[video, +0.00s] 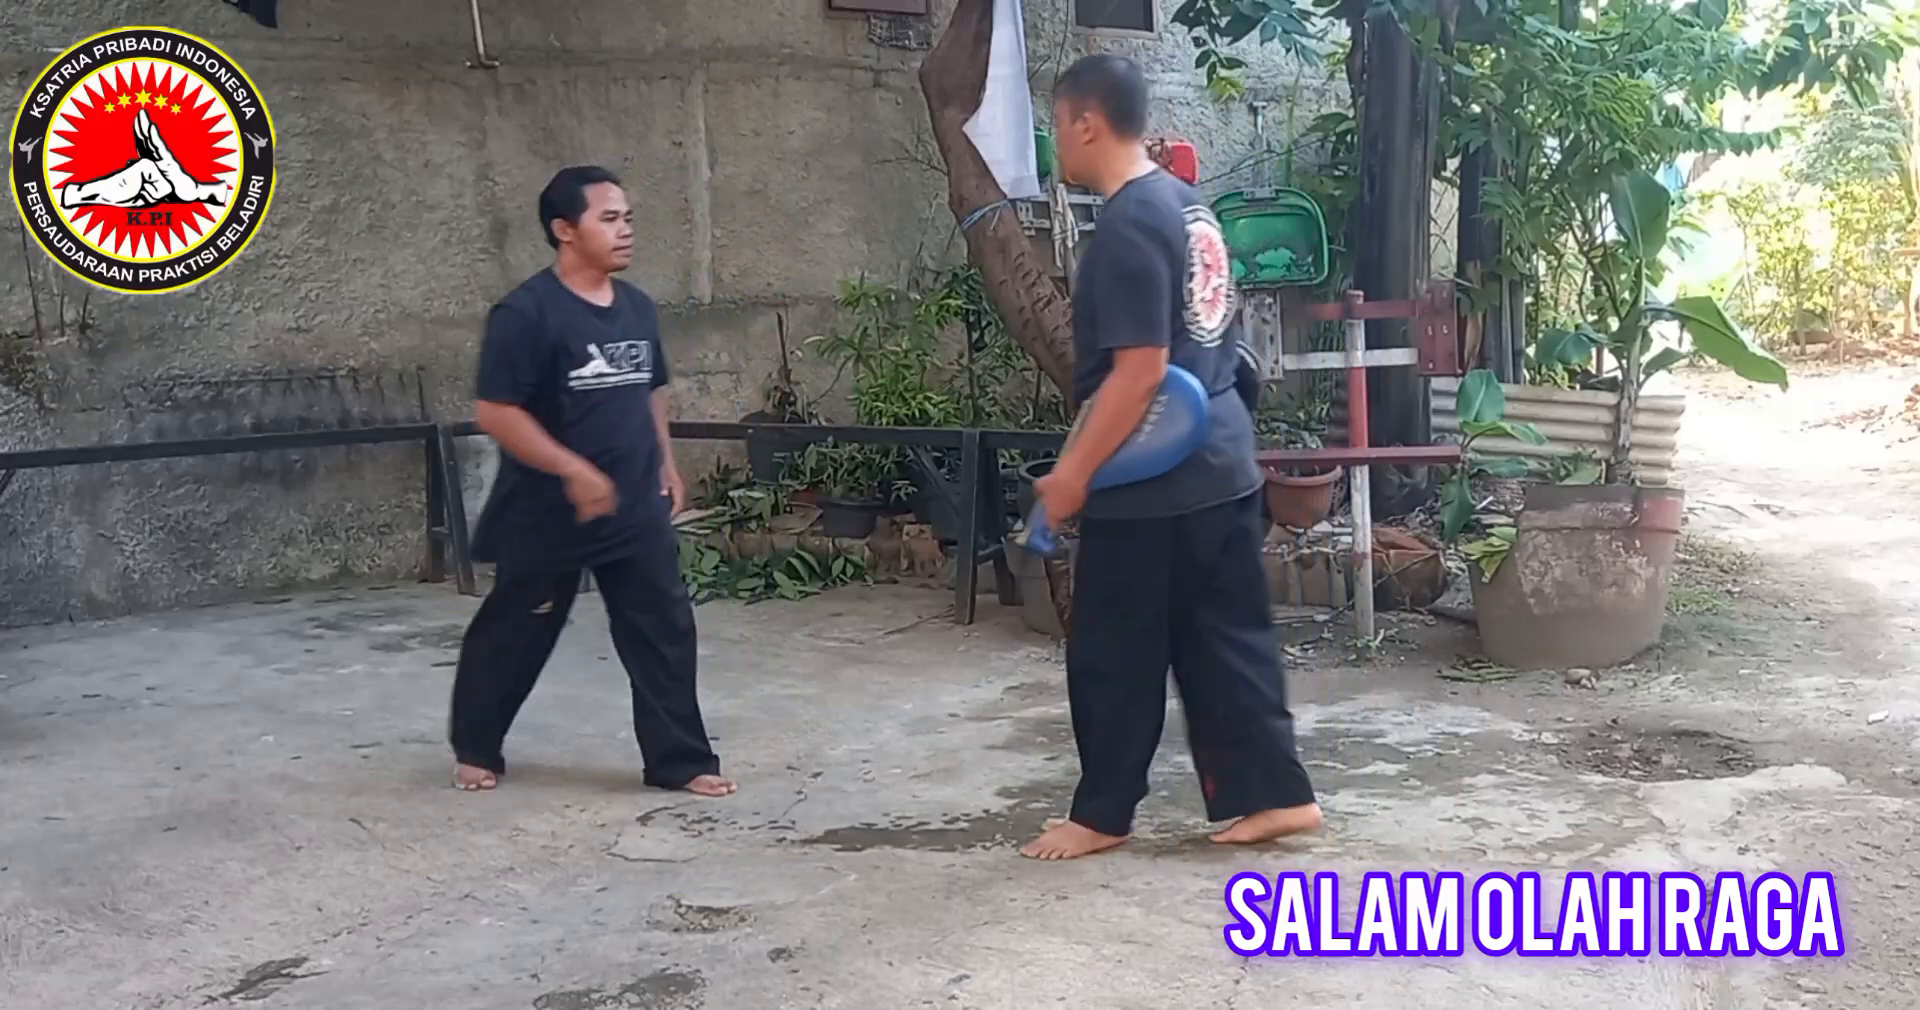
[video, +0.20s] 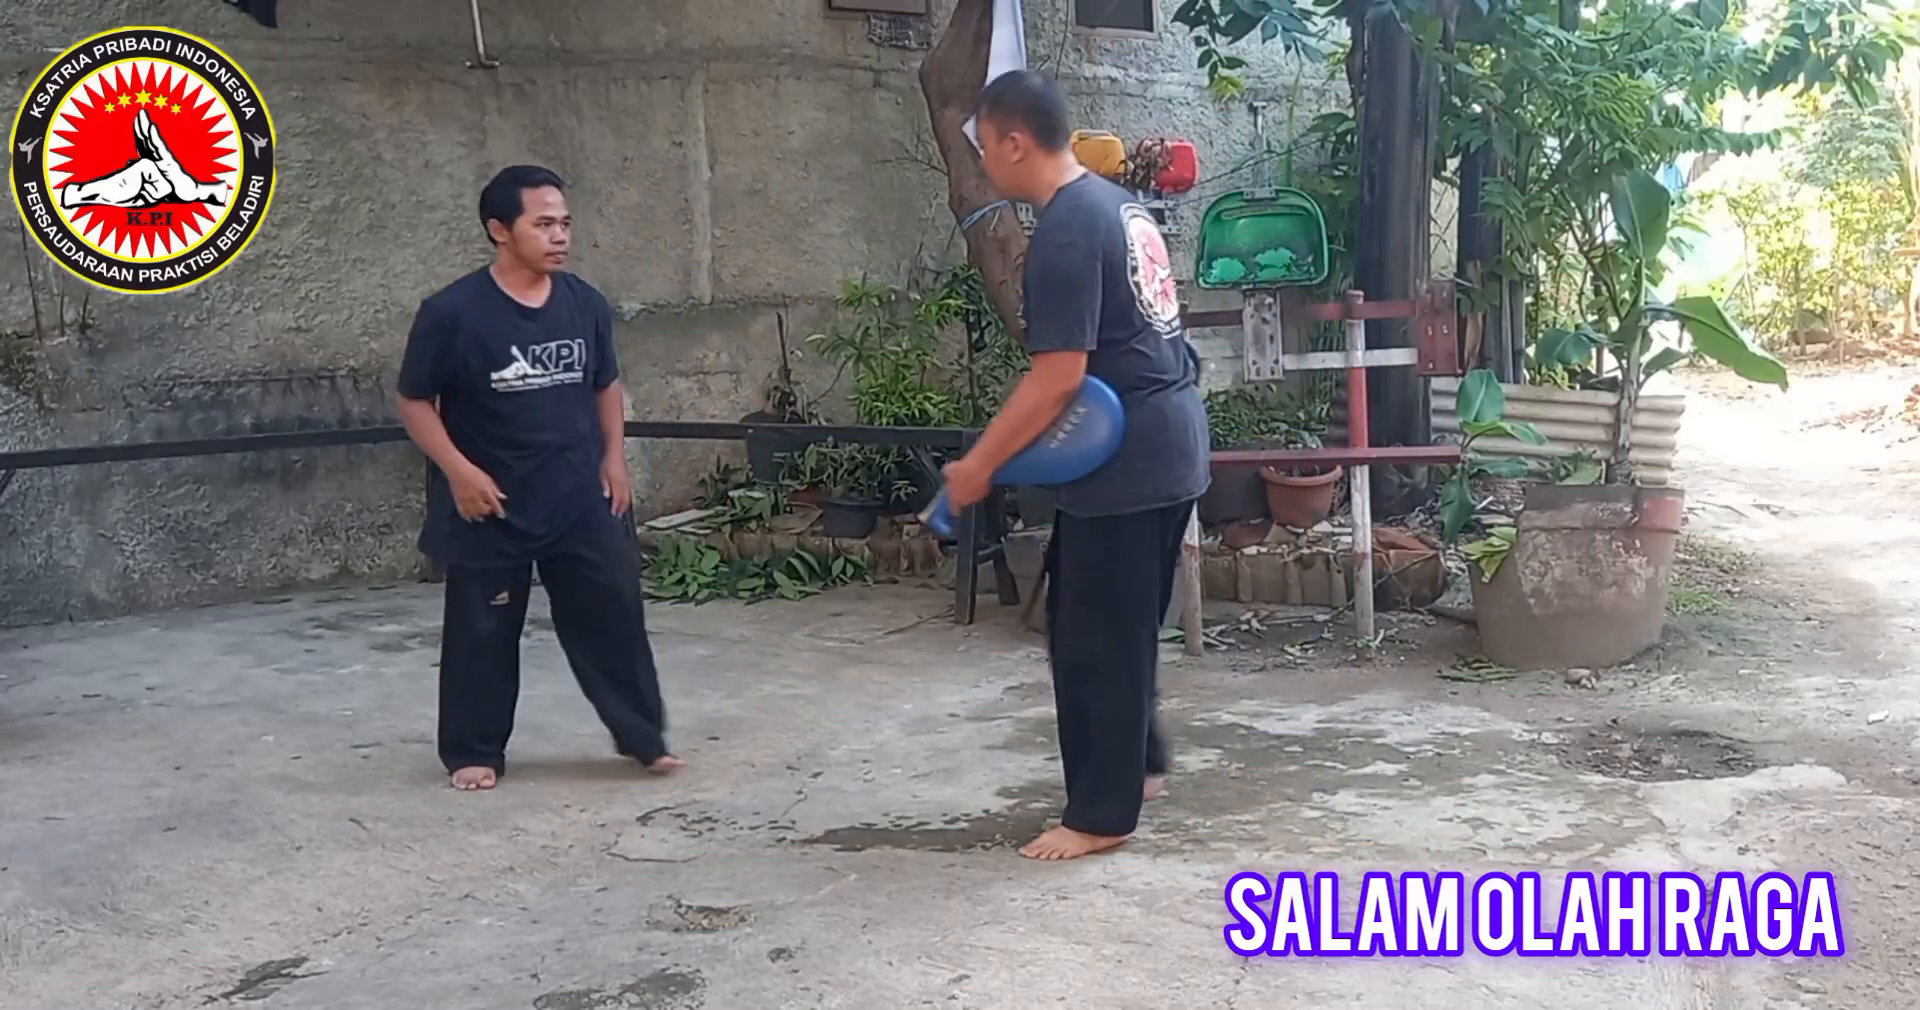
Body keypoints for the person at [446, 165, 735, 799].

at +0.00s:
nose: (626, 230)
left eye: (627, 218)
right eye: (610, 219)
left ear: (626, 223)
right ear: (565, 230)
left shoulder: (637, 307)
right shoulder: (524, 314)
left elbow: (652, 394)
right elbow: (495, 411)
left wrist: (665, 460)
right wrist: (572, 470)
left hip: (635, 507)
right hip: (550, 514)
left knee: (665, 631)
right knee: (516, 630)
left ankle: (679, 761)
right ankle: (476, 746)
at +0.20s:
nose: (561, 234)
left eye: (564, 222)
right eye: (545, 223)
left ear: (569, 226)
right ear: (500, 230)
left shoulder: (587, 304)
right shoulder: (450, 313)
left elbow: (607, 384)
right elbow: (413, 401)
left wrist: (614, 453)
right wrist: (458, 470)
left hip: (579, 498)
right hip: (490, 506)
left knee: (615, 611)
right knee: (482, 634)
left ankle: (642, 735)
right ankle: (475, 754)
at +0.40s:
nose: (557, 243)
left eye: (562, 230)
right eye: (542, 232)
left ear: (568, 234)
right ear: (499, 238)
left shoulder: (592, 309)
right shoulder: (449, 308)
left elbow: (626, 390)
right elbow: (424, 393)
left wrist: (604, 462)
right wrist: (448, 470)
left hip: (563, 497)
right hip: (474, 500)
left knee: (572, 618)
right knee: (469, 626)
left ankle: (577, 725)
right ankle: (470, 749)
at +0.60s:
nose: (561, 239)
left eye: (566, 227)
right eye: (546, 228)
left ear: (571, 229)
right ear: (503, 231)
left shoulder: (592, 303)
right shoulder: (450, 297)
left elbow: (621, 380)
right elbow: (415, 363)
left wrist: (602, 439)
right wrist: (443, 431)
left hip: (562, 483)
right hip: (474, 480)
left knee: (572, 594)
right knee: (450, 579)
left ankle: (585, 723)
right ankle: (470, 705)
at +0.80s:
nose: (534, 256)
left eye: (538, 245)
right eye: (519, 245)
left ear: (544, 253)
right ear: (476, 254)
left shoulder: (569, 331)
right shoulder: (430, 330)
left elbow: (608, 412)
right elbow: (401, 401)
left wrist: (588, 464)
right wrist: (430, 461)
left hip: (558, 501)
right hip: (468, 506)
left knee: (612, 588)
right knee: (457, 620)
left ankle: (611, 712)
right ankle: (488, 716)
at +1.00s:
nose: (572, 248)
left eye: (577, 238)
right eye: (556, 237)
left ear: (584, 249)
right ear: (517, 249)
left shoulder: (612, 325)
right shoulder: (474, 323)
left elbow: (669, 403)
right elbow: (451, 402)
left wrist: (656, 445)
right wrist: (486, 431)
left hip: (598, 498)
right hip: (511, 500)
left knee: (647, 601)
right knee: (476, 606)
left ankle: (707, 743)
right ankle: (477, 708)